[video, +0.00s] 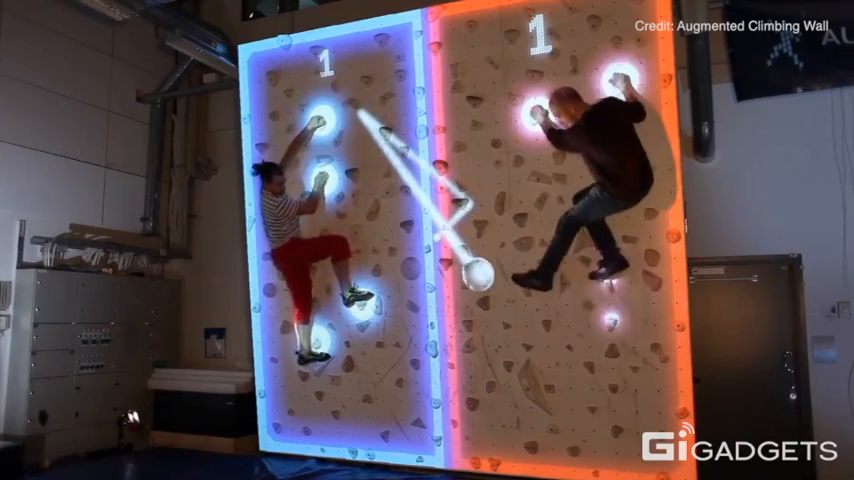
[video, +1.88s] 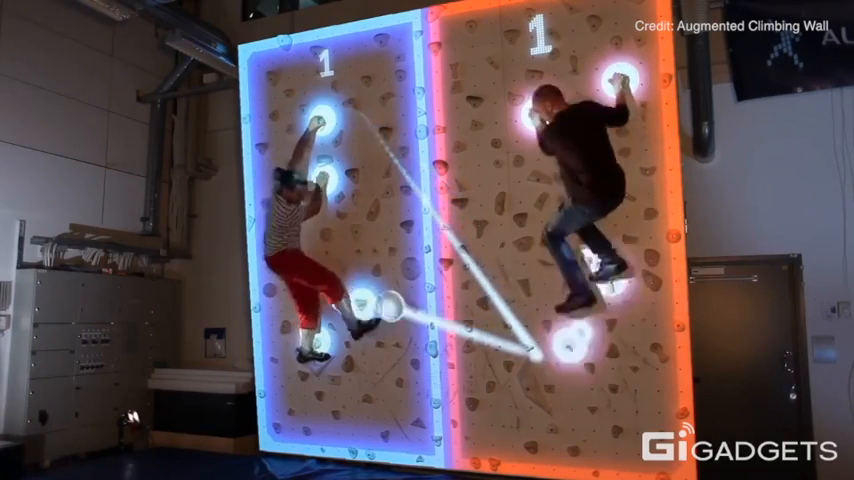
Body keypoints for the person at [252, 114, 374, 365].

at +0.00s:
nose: (283, 185)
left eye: (283, 181)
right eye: (278, 183)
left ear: (279, 179)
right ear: (268, 184)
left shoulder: (269, 192)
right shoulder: (278, 203)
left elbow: (289, 156)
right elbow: (311, 207)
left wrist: (309, 129)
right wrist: (320, 185)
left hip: (286, 251)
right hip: (291, 251)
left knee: (302, 300)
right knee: (337, 244)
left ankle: (305, 352)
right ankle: (348, 293)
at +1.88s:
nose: (302, 192)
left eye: (302, 189)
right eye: (298, 189)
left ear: (293, 186)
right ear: (287, 191)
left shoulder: (283, 195)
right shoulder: (290, 210)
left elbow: (298, 159)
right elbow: (315, 208)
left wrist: (310, 131)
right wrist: (321, 189)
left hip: (282, 256)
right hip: (285, 256)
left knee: (308, 302)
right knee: (329, 281)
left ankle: (306, 350)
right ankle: (354, 325)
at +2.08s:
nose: (295, 194)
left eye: (294, 190)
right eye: (291, 191)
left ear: (288, 189)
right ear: (280, 192)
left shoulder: (276, 199)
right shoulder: (285, 214)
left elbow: (296, 162)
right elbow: (313, 209)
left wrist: (310, 132)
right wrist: (321, 189)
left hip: (279, 258)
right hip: (287, 255)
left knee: (309, 299)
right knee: (327, 279)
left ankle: (305, 348)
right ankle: (338, 326)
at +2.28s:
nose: (296, 188)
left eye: (295, 185)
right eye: (293, 185)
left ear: (279, 187)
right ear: (281, 188)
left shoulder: (275, 198)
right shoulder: (283, 209)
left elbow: (293, 162)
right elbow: (311, 209)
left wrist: (310, 132)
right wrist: (320, 188)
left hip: (280, 256)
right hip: (286, 253)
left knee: (311, 296)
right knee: (332, 246)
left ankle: (306, 349)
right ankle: (352, 293)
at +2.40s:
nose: (297, 184)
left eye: (296, 180)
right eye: (293, 183)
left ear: (289, 179)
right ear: (282, 185)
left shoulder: (278, 191)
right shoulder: (284, 204)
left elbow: (297, 157)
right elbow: (314, 207)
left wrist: (310, 131)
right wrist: (321, 187)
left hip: (285, 255)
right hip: (293, 250)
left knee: (315, 294)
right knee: (343, 247)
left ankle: (306, 346)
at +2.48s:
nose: (295, 184)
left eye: (294, 179)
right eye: (291, 182)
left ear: (288, 178)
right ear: (280, 184)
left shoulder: (276, 191)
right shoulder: (284, 203)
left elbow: (296, 158)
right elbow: (313, 206)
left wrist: (310, 131)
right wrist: (322, 186)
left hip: (286, 256)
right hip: (294, 251)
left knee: (316, 293)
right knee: (343, 248)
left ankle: (306, 346)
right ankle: (388, 273)